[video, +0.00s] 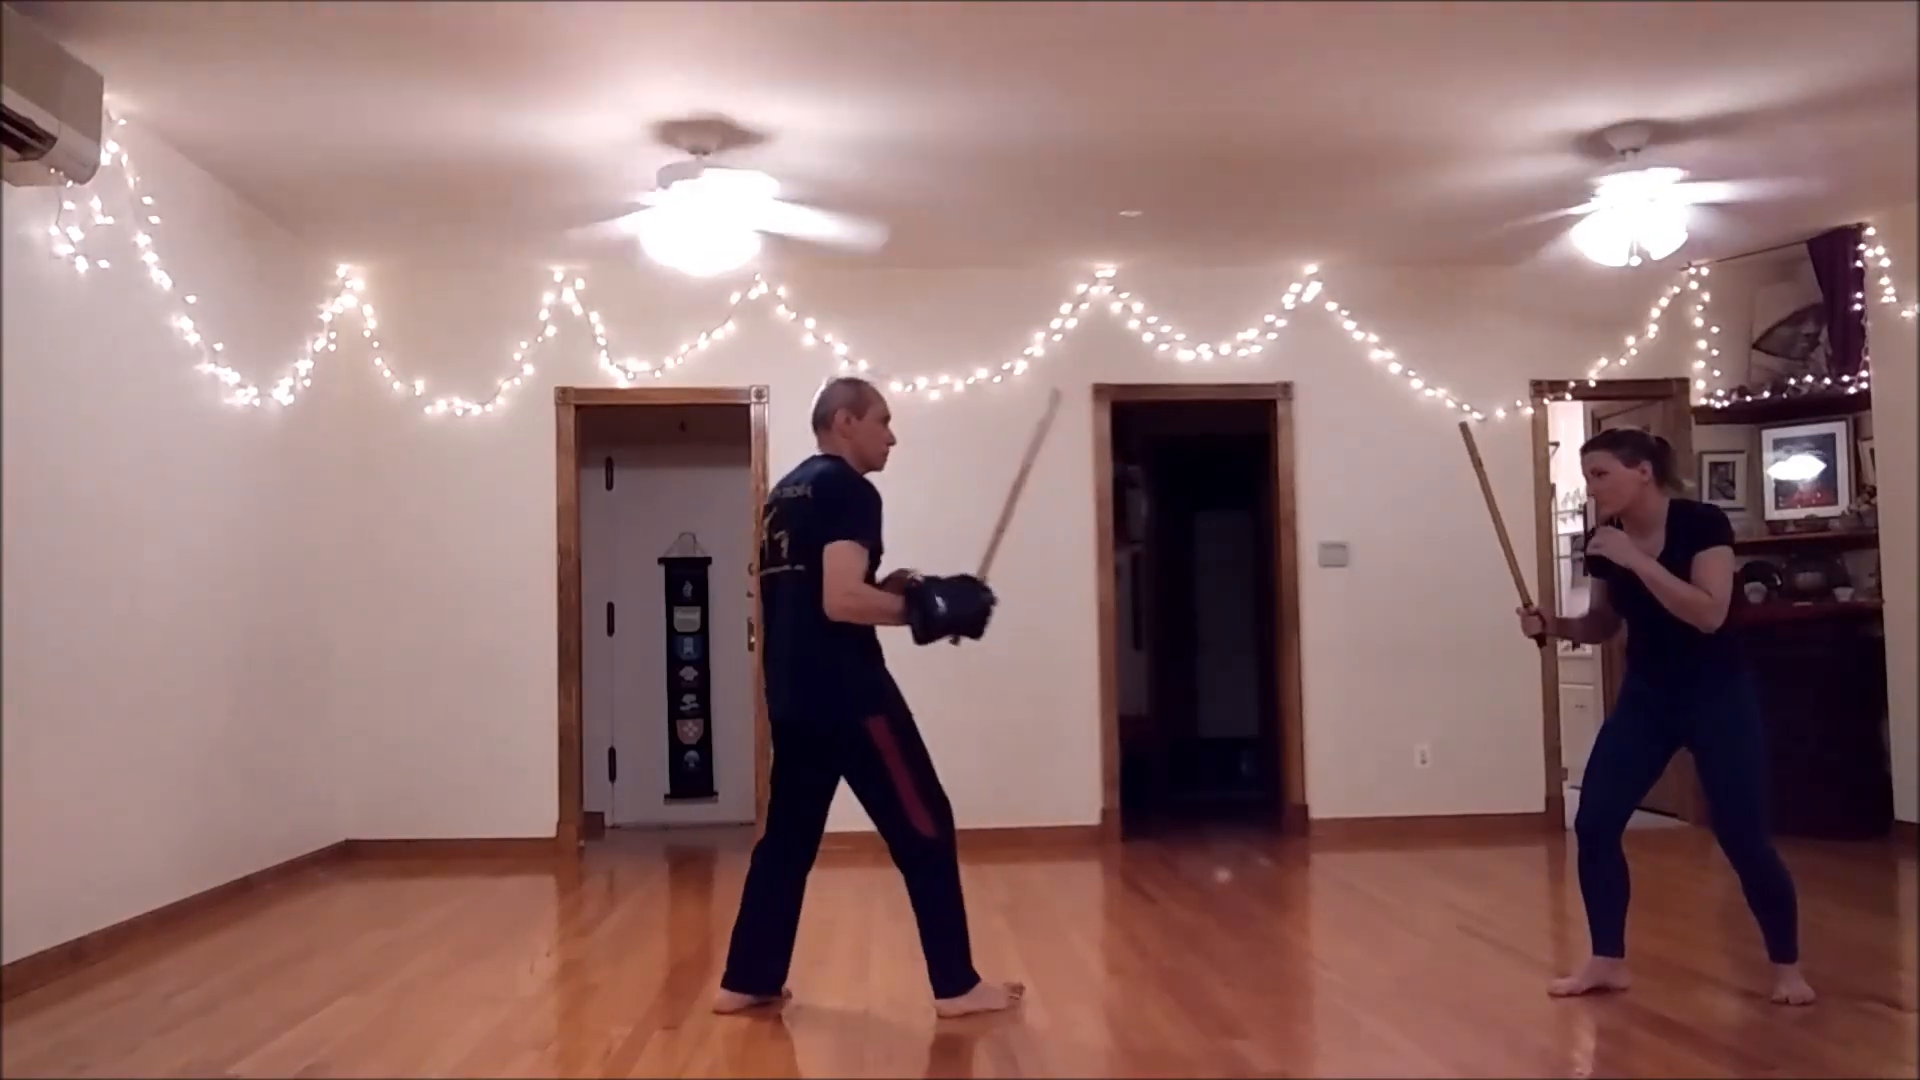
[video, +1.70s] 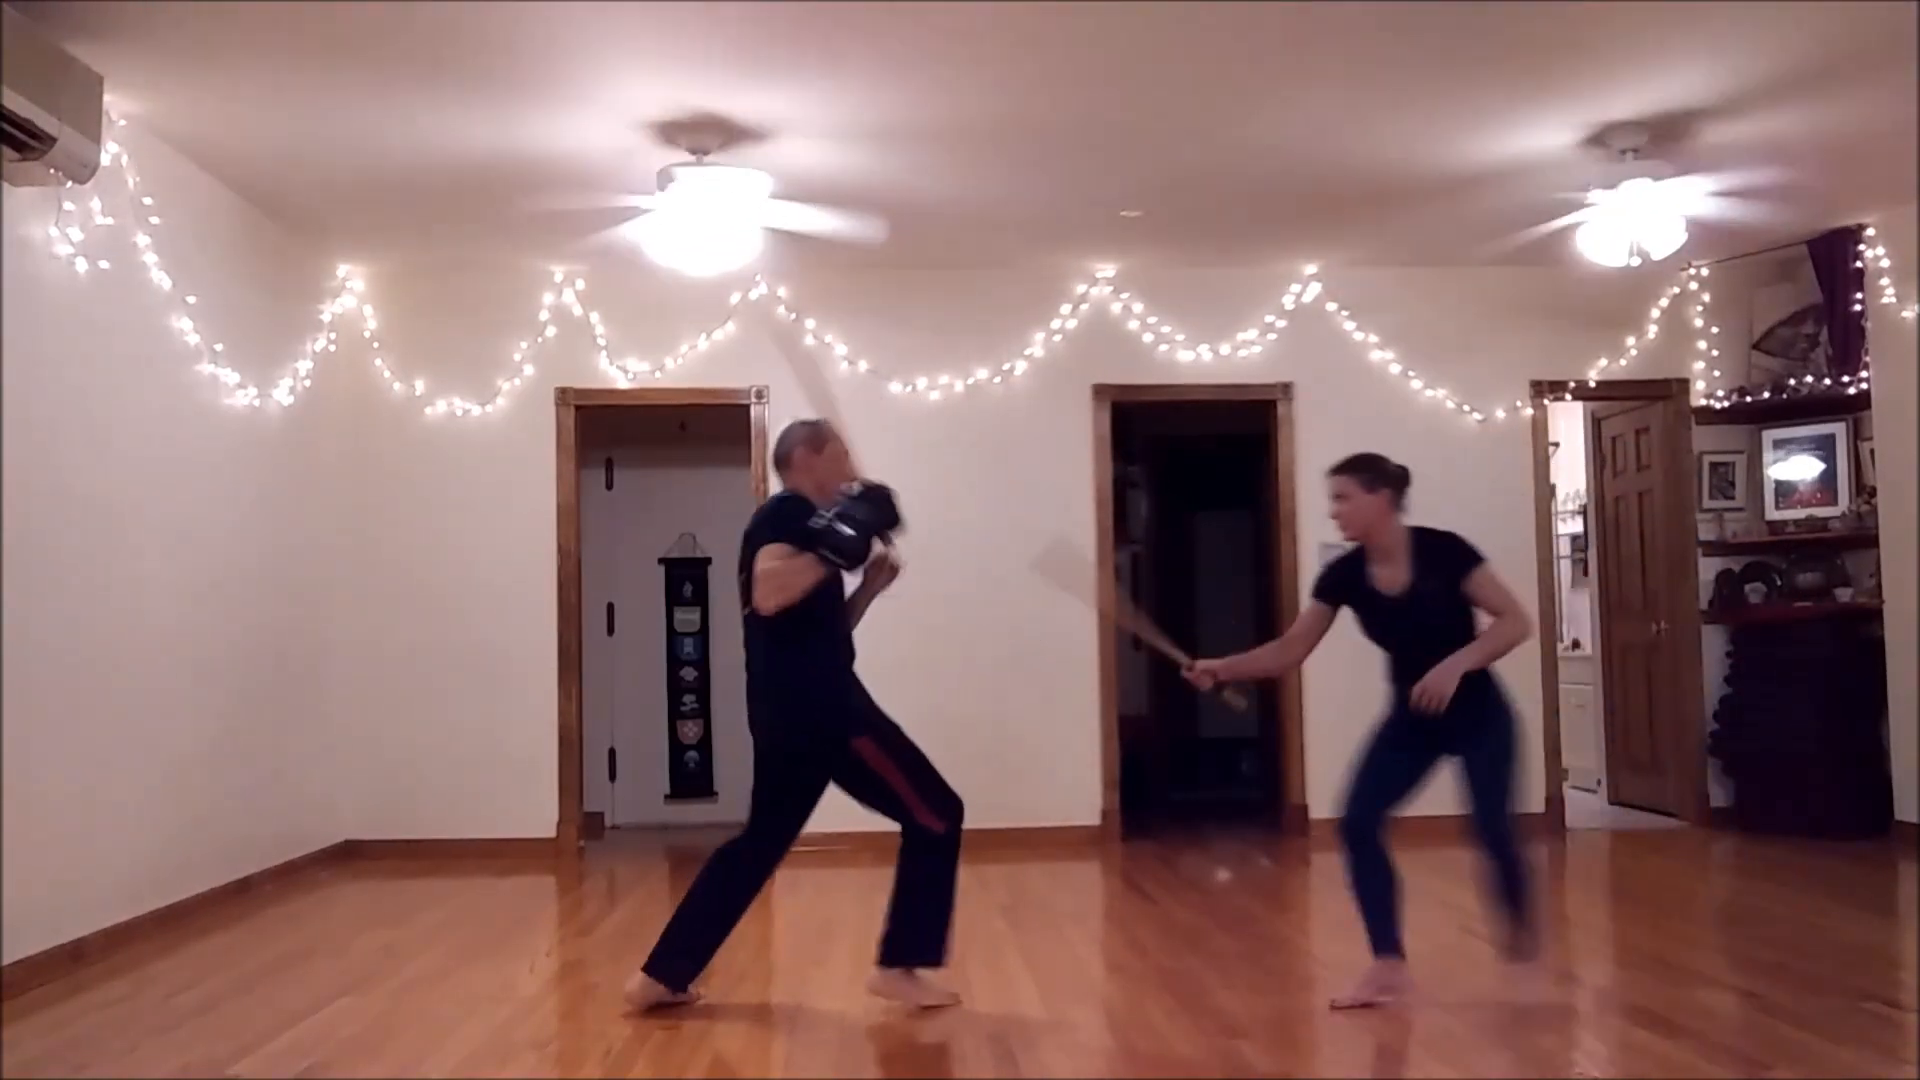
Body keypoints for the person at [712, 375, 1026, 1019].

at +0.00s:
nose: (892, 435)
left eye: (890, 423)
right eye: (883, 421)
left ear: (837, 424)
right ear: (845, 421)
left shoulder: (788, 490)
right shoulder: (847, 489)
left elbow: (803, 603)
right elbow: (843, 599)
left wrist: (881, 591)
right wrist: (924, 609)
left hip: (797, 697)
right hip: (854, 695)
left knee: (787, 839)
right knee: (925, 830)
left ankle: (747, 982)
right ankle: (956, 985)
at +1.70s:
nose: (849, 471)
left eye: (847, 459)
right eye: (841, 458)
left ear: (799, 460)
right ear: (808, 458)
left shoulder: (798, 526)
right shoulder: (787, 512)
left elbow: (826, 635)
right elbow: (769, 594)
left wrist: (870, 589)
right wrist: (838, 543)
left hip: (790, 714)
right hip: (825, 707)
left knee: (762, 843)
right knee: (936, 813)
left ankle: (662, 975)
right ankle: (901, 966)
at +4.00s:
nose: (1042, 455)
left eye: (1047, 442)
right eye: (1040, 439)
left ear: (985, 422)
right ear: (1003, 423)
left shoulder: (913, 487)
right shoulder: (999, 496)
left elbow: (926, 613)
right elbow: (1018, 627)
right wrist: (1066, 711)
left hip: (910, 711)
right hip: (982, 710)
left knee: (907, 858)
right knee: (1075, 846)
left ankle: (864, 1018)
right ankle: (1098, 1017)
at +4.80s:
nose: (1079, 425)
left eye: (1077, 416)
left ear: (1079, 413)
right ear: (1144, 412)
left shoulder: (1066, 467)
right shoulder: (1182, 481)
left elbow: (1027, 582)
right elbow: (1219, 613)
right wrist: (1166, 639)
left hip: (1069, 683)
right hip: (1152, 688)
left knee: (1022, 851)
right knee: (1135, 849)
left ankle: (1004, 1032)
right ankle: (1143, 1017)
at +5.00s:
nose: (1105, 412)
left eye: (1105, 401)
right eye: (1111, 401)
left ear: (1112, 399)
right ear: (1172, 396)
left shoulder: (1111, 463)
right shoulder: (1216, 470)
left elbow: (1065, 588)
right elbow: (1249, 603)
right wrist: (1195, 639)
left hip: (1133, 679)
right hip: (1197, 679)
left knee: (1127, 861)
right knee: (1141, 850)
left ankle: (1226, 1031)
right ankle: (1157, 1012)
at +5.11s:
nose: (1117, 409)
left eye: (1117, 398)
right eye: (1122, 398)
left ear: (1124, 396)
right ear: (1186, 394)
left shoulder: (1131, 468)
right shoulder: (1231, 468)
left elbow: (1092, 594)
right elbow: (1269, 599)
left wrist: (1104, 524)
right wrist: (1205, 627)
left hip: (1160, 690)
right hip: (1221, 686)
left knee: (1178, 861)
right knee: (1136, 837)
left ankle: (1307, 1030)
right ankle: (1167, 1011)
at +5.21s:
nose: (1131, 407)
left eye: (1130, 396)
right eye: (1132, 397)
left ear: (1142, 393)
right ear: (1203, 388)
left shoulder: (1155, 464)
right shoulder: (1248, 460)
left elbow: (1117, 594)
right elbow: (1286, 590)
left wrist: (1110, 544)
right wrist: (1207, 570)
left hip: (1183, 693)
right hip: (1238, 687)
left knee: (1219, 861)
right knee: (1149, 848)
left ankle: (1344, 1051)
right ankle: (1168, 1012)